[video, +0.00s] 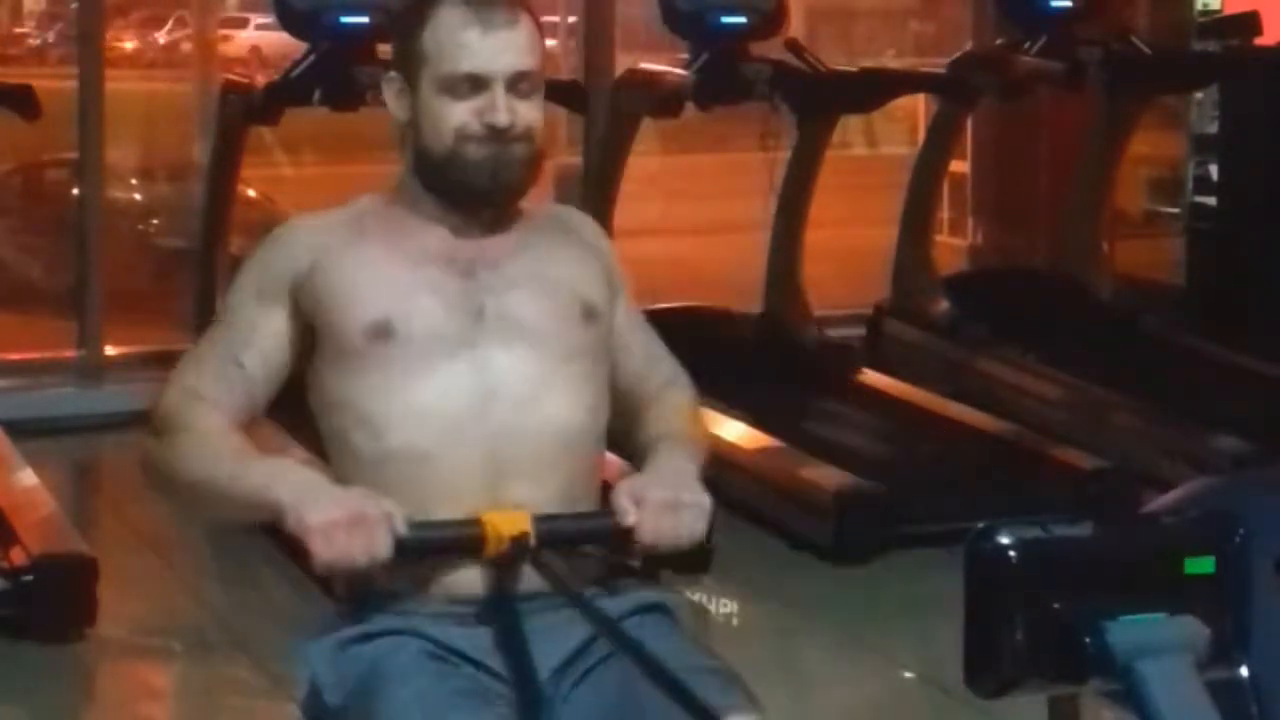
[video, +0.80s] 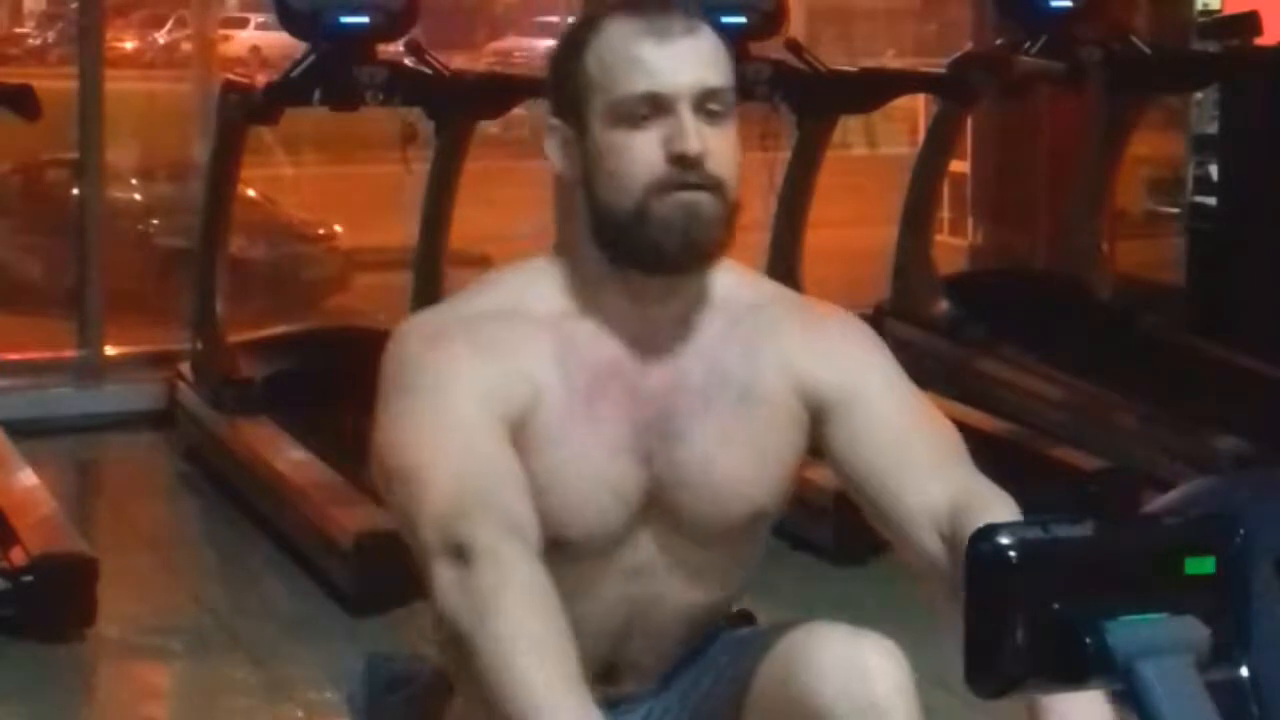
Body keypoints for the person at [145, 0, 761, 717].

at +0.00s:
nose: (501, 115)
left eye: (522, 89)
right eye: (466, 89)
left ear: (543, 101)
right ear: (399, 99)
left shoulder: (578, 245)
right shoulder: (312, 253)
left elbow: (665, 397)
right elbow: (182, 428)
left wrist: (673, 471)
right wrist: (297, 488)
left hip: (597, 610)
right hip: (414, 622)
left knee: (719, 709)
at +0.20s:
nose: (525, 104)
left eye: (547, 77)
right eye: (488, 78)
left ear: (570, 95)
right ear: (424, 95)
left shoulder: (613, 254)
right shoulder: (331, 257)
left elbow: (751, 404)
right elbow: (205, 442)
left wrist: (757, 490)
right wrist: (356, 533)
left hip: (606, 613)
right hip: (418, 631)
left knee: (778, 711)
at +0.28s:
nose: (541, 103)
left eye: (563, 75)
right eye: (504, 76)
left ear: (590, 90)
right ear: (434, 91)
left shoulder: (637, 262)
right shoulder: (342, 260)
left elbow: (775, 405)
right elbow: (225, 442)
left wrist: (791, 498)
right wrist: (381, 547)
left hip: (614, 623)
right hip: (426, 641)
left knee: (794, 710)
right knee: (492, 718)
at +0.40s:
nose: (579, 100)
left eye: (602, 73)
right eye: (539, 74)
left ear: (625, 91)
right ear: (468, 93)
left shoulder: (681, 272)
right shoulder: (371, 274)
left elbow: (831, 415)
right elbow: (292, 460)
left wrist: (871, 537)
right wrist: (450, 593)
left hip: (631, 647)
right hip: (434, 653)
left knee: (817, 706)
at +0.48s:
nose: (598, 102)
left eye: (619, 73)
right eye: (557, 75)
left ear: (646, 93)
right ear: (484, 98)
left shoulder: (710, 282)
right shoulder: (389, 282)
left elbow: (859, 428)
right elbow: (329, 474)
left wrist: (916, 564)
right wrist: (483, 623)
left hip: (649, 643)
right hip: (436, 653)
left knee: (839, 694)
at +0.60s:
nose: (636, 115)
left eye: (659, 84)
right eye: (591, 87)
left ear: (689, 105)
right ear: (519, 115)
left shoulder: (757, 303)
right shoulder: (415, 311)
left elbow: (906, 462)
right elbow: (402, 518)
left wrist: (1001, 632)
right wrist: (542, 694)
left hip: (663, 655)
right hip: (468, 665)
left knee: (843, 683)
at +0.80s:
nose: (689, 145)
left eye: (711, 110)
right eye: (641, 115)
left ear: (740, 133)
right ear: (559, 147)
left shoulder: (817, 344)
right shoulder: (451, 357)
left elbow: (962, 519)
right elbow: (487, 585)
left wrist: (1073, 684)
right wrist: (573, 714)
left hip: (691, 677)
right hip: (499, 688)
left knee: (857, 669)